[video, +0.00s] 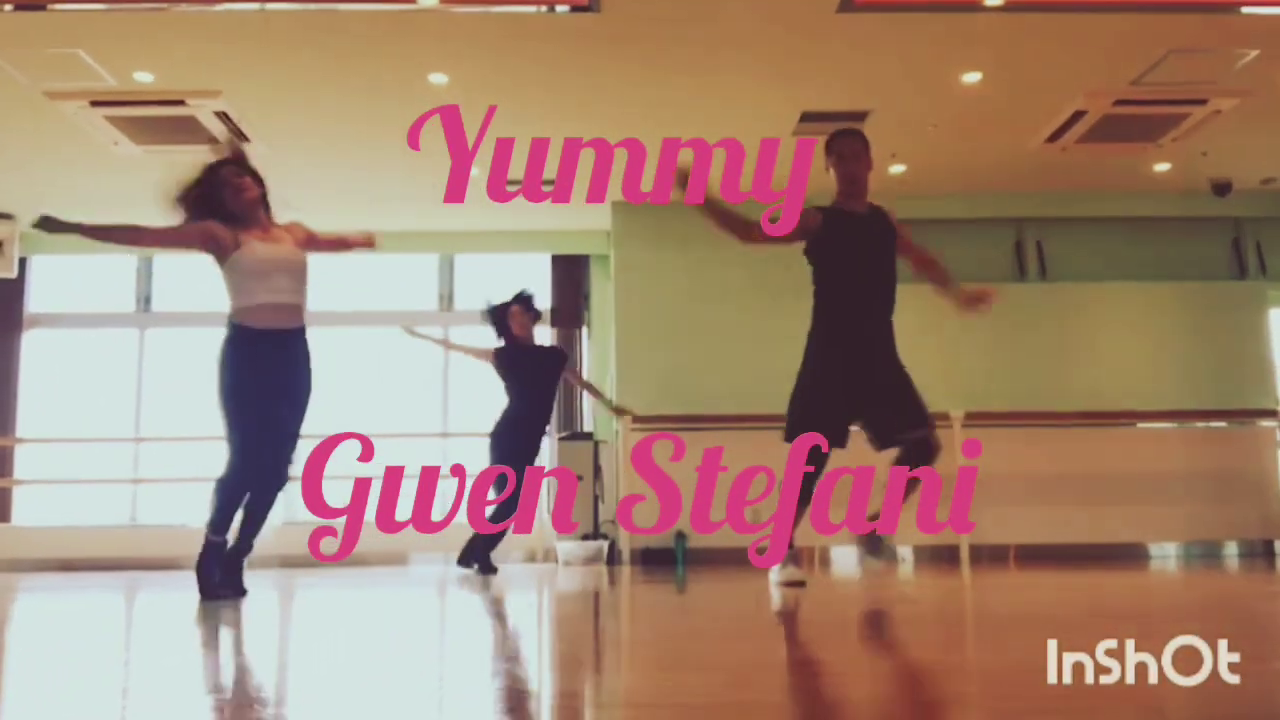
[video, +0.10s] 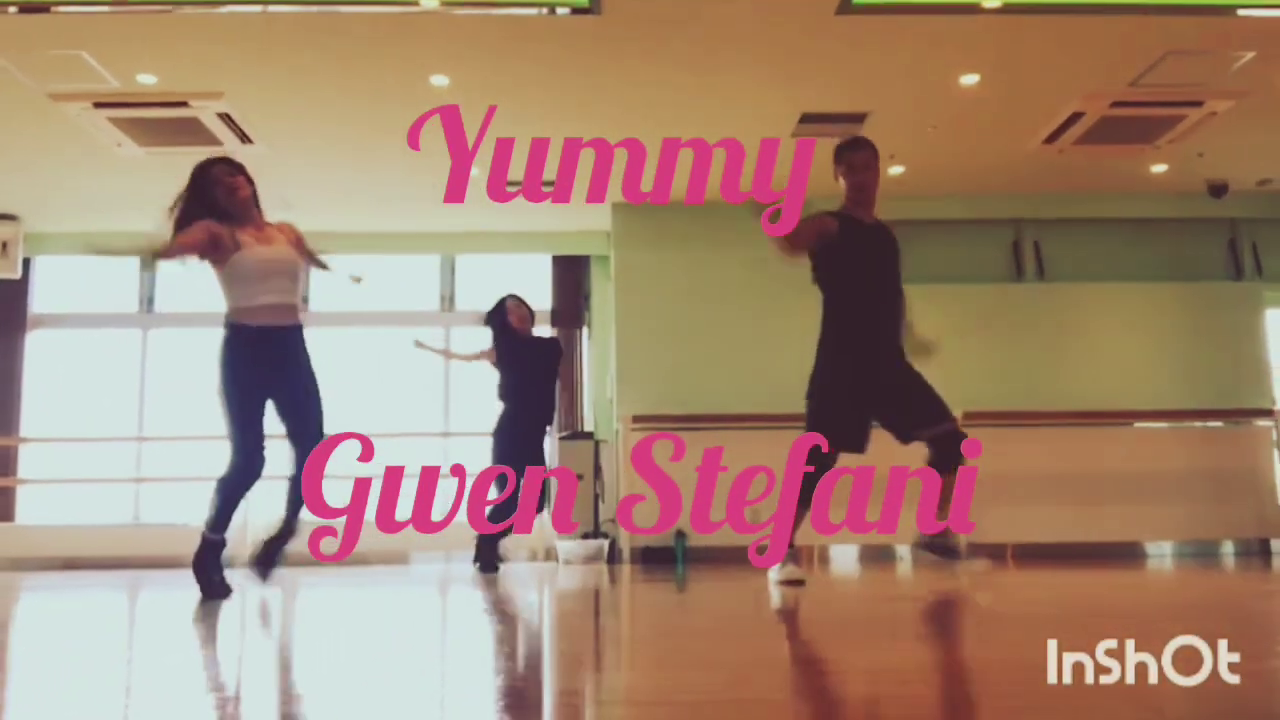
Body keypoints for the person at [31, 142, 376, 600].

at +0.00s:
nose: (244, 183)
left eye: (245, 175)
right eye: (231, 183)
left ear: (260, 183)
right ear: (220, 202)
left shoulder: (292, 234)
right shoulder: (220, 235)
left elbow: (330, 242)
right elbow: (145, 236)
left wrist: (362, 240)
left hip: (292, 353)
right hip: (247, 352)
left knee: (276, 467)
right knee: (246, 460)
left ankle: (237, 559)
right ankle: (212, 551)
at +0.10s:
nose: (240, 183)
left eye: (242, 176)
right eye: (228, 180)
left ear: (252, 183)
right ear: (212, 197)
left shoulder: (285, 231)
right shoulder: (217, 232)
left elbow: (311, 259)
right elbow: (182, 244)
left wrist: (321, 262)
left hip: (289, 348)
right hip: (244, 350)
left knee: (312, 450)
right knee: (248, 461)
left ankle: (285, 535)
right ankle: (209, 551)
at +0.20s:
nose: (242, 181)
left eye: (243, 173)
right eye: (230, 177)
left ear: (253, 180)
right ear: (212, 194)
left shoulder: (281, 233)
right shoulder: (218, 232)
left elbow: (288, 287)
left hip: (291, 350)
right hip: (248, 352)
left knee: (341, 441)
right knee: (251, 460)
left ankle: (340, 539)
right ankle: (210, 550)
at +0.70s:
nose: (319, 185)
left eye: (321, 177)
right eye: (306, 183)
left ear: (332, 184)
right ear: (293, 199)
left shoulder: (361, 234)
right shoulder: (301, 236)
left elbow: (358, 283)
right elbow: (337, 271)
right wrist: (329, 219)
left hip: (373, 339)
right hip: (332, 342)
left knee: (391, 441)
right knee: (329, 443)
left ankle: (401, 546)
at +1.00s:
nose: (337, 191)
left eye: (337, 182)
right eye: (324, 191)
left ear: (349, 186)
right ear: (315, 208)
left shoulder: (393, 226)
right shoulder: (320, 242)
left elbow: (421, 275)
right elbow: (325, 270)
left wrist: (456, 259)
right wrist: (342, 236)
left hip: (400, 337)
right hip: (356, 341)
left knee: (402, 443)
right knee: (329, 435)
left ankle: (417, 531)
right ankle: (341, 514)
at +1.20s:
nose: (353, 197)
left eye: (359, 190)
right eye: (345, 191)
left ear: (372, 197)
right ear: (332, 200)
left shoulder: (397, 246)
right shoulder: (320, 248)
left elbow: (410, 298)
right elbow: (295, 292)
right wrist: (279, 316)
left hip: (387, 351)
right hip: (341, 352)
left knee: (420, 447)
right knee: (306, 444)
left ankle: (431, 544)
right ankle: (285, 539)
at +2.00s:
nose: (353, 193)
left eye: (364, 191)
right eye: (349, 184)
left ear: (376, 202)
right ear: (335, 188)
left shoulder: (384, 239)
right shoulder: (303, 236)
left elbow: (412, 289)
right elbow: (288, 301)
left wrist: (384, 324)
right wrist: (285, 354)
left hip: (363, 336)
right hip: (312, 336)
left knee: (395, 442)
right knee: (285, 444)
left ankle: (423, 542)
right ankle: (273, 543)